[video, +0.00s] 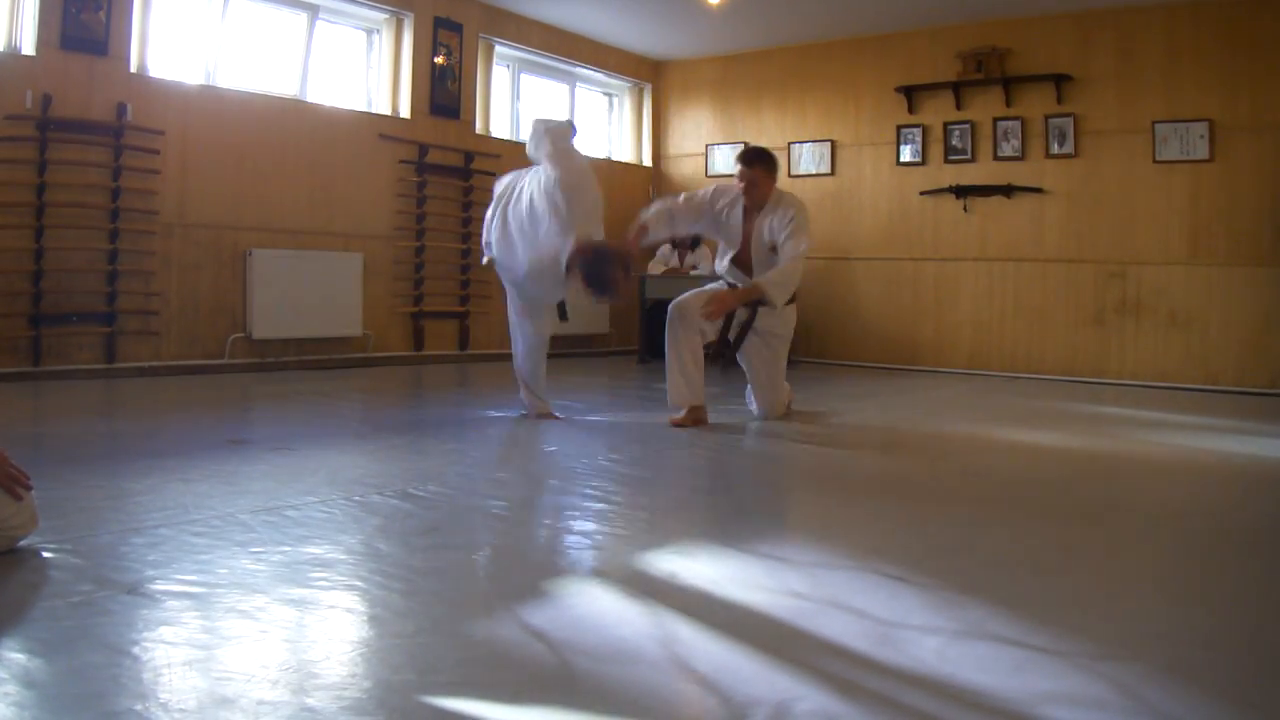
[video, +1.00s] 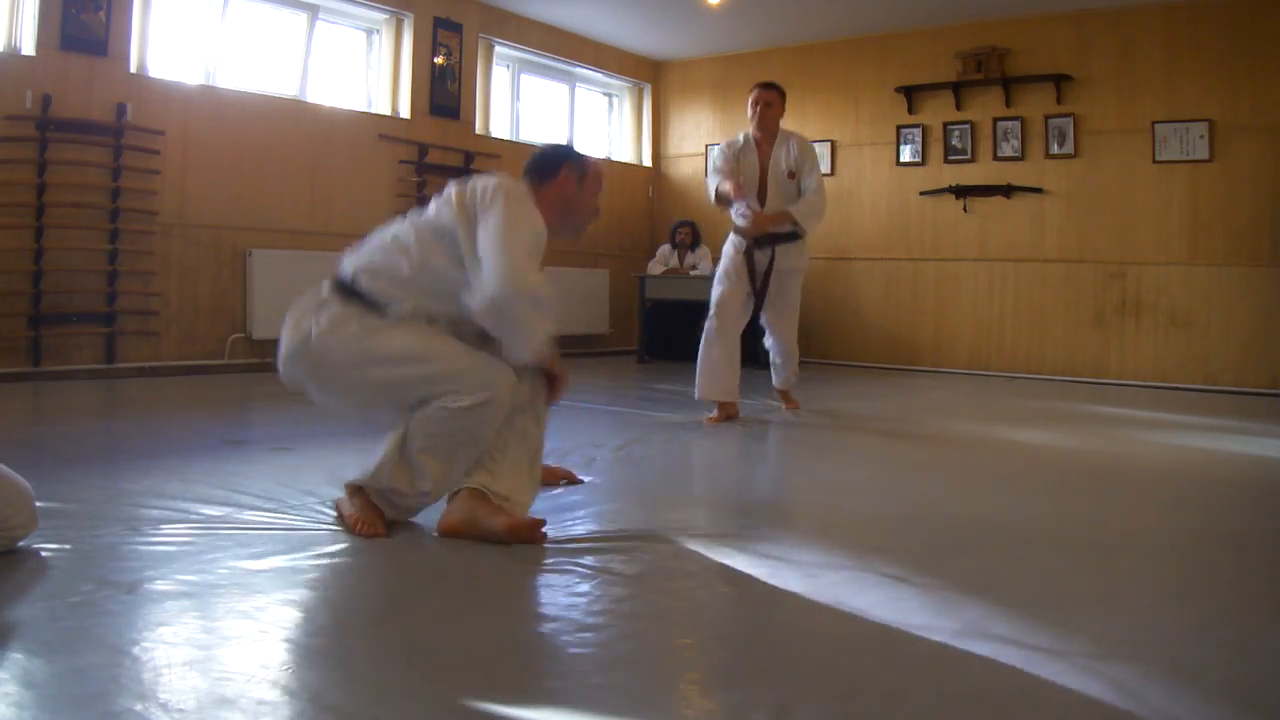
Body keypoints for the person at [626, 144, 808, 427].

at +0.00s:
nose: (743, 189)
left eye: (752, 183)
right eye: (741, 180)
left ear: (771, 182)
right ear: (736, 177)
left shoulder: (790, 211)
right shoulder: (723, 199)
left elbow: (790, 272)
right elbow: (673, 208)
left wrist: (738, 297)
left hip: (771, 304)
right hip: (728, 289)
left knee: (768, 408)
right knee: (682, 311)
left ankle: (779, 395)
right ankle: (694, 407)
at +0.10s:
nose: (759, 185)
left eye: (766, 180)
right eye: (756, 178)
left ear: (786, 179)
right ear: (751, 175)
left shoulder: (803, 211)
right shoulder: (735, 198)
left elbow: (797, 256)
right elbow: (692, 191)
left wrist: (748, 270)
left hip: (774, 311)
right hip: (731, 298)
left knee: (767, 410)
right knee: (679, 310)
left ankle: (785, 394)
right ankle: (692, 395)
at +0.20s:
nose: (768, 183)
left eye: (777, 177)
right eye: (765, 175)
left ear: (795, 178)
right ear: (759, 173)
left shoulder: (809, 208)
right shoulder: (740, 199)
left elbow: (801, 232)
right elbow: (694, 178)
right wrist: (656, 153)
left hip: (777, 314)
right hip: (735, 297)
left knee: (768, 409)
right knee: (673, 307)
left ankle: (785, 394)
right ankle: (697, 388)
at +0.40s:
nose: (771, 182)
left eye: (780, 177)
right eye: (768, 175)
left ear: (797, 181)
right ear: (763, 175)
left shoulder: (808, 209)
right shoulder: (747, 204)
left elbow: (813, 223)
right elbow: (706, 202)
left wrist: (797, 218)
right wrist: (669, 191)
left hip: (777, 314)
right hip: (736, 299)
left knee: (766, 409)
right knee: (680, 312)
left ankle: (789, 391)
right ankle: (719, 391)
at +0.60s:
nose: (753, 170)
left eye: (762, 164)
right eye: (749, 163)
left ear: (778, 169)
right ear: (744, 166)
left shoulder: (796, 204)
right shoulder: (727, 204)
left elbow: (837, 244)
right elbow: (674, 218)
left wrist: (803, 250)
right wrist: (673, 241)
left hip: (776, 303)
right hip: (734, 294)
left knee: (763, 407)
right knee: (697, 324)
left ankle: (790, 388)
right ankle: (724, 404)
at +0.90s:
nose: (756, 127)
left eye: (764, 122)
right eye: (751, 122)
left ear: (779, 130)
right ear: (744, 129)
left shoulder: (795, 167)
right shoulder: (728, 168)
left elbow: (814, 223)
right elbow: (706, 207)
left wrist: (774, 245)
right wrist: (720, 225)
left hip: (780, 263)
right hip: (734, 259)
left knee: (774, 354)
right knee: (711, 316)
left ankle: (788, 389)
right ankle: (726, 402)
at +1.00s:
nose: (760, 110)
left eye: (769, 105)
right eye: (755, 104)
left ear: (782, 112)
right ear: (747, 110)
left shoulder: (799, 149)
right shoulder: (730, 149)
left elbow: (815, 202)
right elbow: (715, 183)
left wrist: (773, 220)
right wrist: (726, 189)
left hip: (786, 248)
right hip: (741, 245)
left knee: (782, 323)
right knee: (721, 317)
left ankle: (783, 386)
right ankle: (726, 402)